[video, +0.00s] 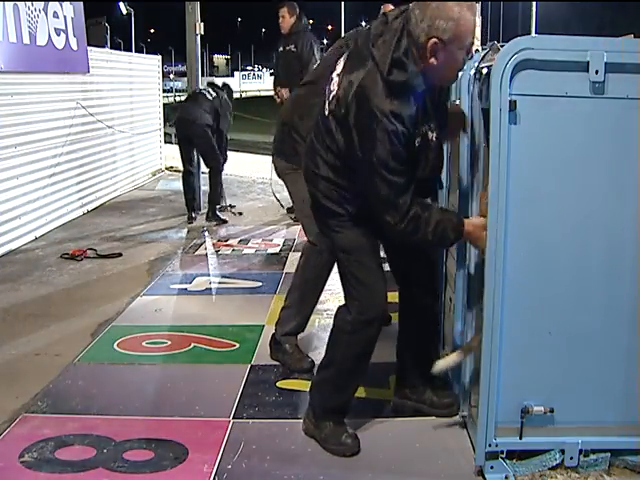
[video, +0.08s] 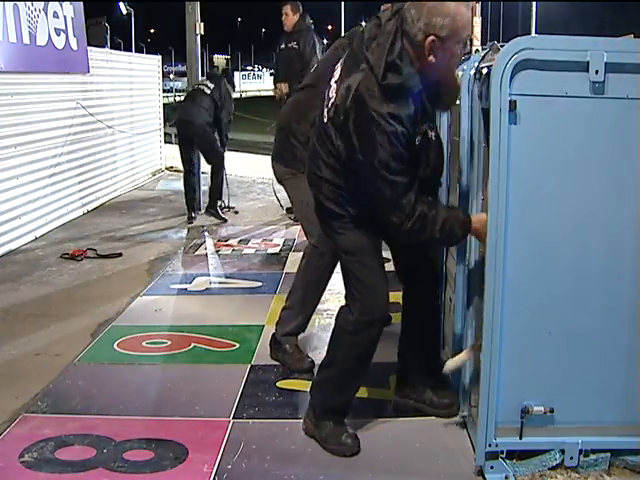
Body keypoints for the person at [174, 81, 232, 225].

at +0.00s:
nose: (230, 101)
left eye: (230, 99)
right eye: (230, 98)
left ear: (219, 89)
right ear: (227, 94)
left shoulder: (200, 92)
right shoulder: (224, 101)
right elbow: (222, 129)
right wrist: (222, 154)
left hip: (182, 124)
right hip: (200, 126)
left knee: (188, 169)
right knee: (215, 165)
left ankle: (191, 211)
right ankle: (213, 211)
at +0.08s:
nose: (231, 93)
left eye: (231, 91)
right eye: (230, 90)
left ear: (213, 78)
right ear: (227, 84)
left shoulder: (201, 84)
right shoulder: (224, 90)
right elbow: (223, 117)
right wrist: (223, 143)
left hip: (182, 124)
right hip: (199, 125)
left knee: (189, 169)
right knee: (217, 161)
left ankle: (191, 211)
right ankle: (213, 205)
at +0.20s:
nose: (234, 77)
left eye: (235, 74)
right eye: (234, 73)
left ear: (219, 67)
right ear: (229, 70)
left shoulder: (203, 76)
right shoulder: (225, 80)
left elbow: (196, 100)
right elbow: (223, 105)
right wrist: (225, 120)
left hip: (186, 122)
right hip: (202, 124)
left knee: (192, 169)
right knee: (218, 163)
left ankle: (192, 210)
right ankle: (216, 207)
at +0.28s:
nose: (235, 68)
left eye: (235, 65)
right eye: (235, 65)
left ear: (219, 60)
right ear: (230, 62)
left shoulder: (204, 72)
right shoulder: (225, 73)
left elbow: (197, 98)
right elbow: (225, 99)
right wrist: (227, 114)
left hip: (189, 123)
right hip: (205, 125)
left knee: (194, 169)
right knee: (217, 167)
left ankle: (192, 209)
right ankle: (215, 209)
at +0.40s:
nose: (237, 60)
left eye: (237, 56)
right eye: (236, 56)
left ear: (221, 54)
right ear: (230, 54)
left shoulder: (207, 68)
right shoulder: (227, 69)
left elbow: (203, 95)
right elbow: (227, 95)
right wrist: (233, 106)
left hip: (194, 121)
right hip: (209, 124)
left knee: (201, 164)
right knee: (219, 166)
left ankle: (192, 199)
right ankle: (216, 208)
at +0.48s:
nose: (238, 55)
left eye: (238, 51)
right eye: (237, 51)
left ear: (223, 50)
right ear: (231, 50)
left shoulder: (210, 66)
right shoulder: (227, 66)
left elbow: (206, 92)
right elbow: (227, 91)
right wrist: (236, 94)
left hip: (199, 122)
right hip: (212, 123)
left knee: (207, 162)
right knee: (219, 165)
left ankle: (196, 201)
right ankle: (216, 207)